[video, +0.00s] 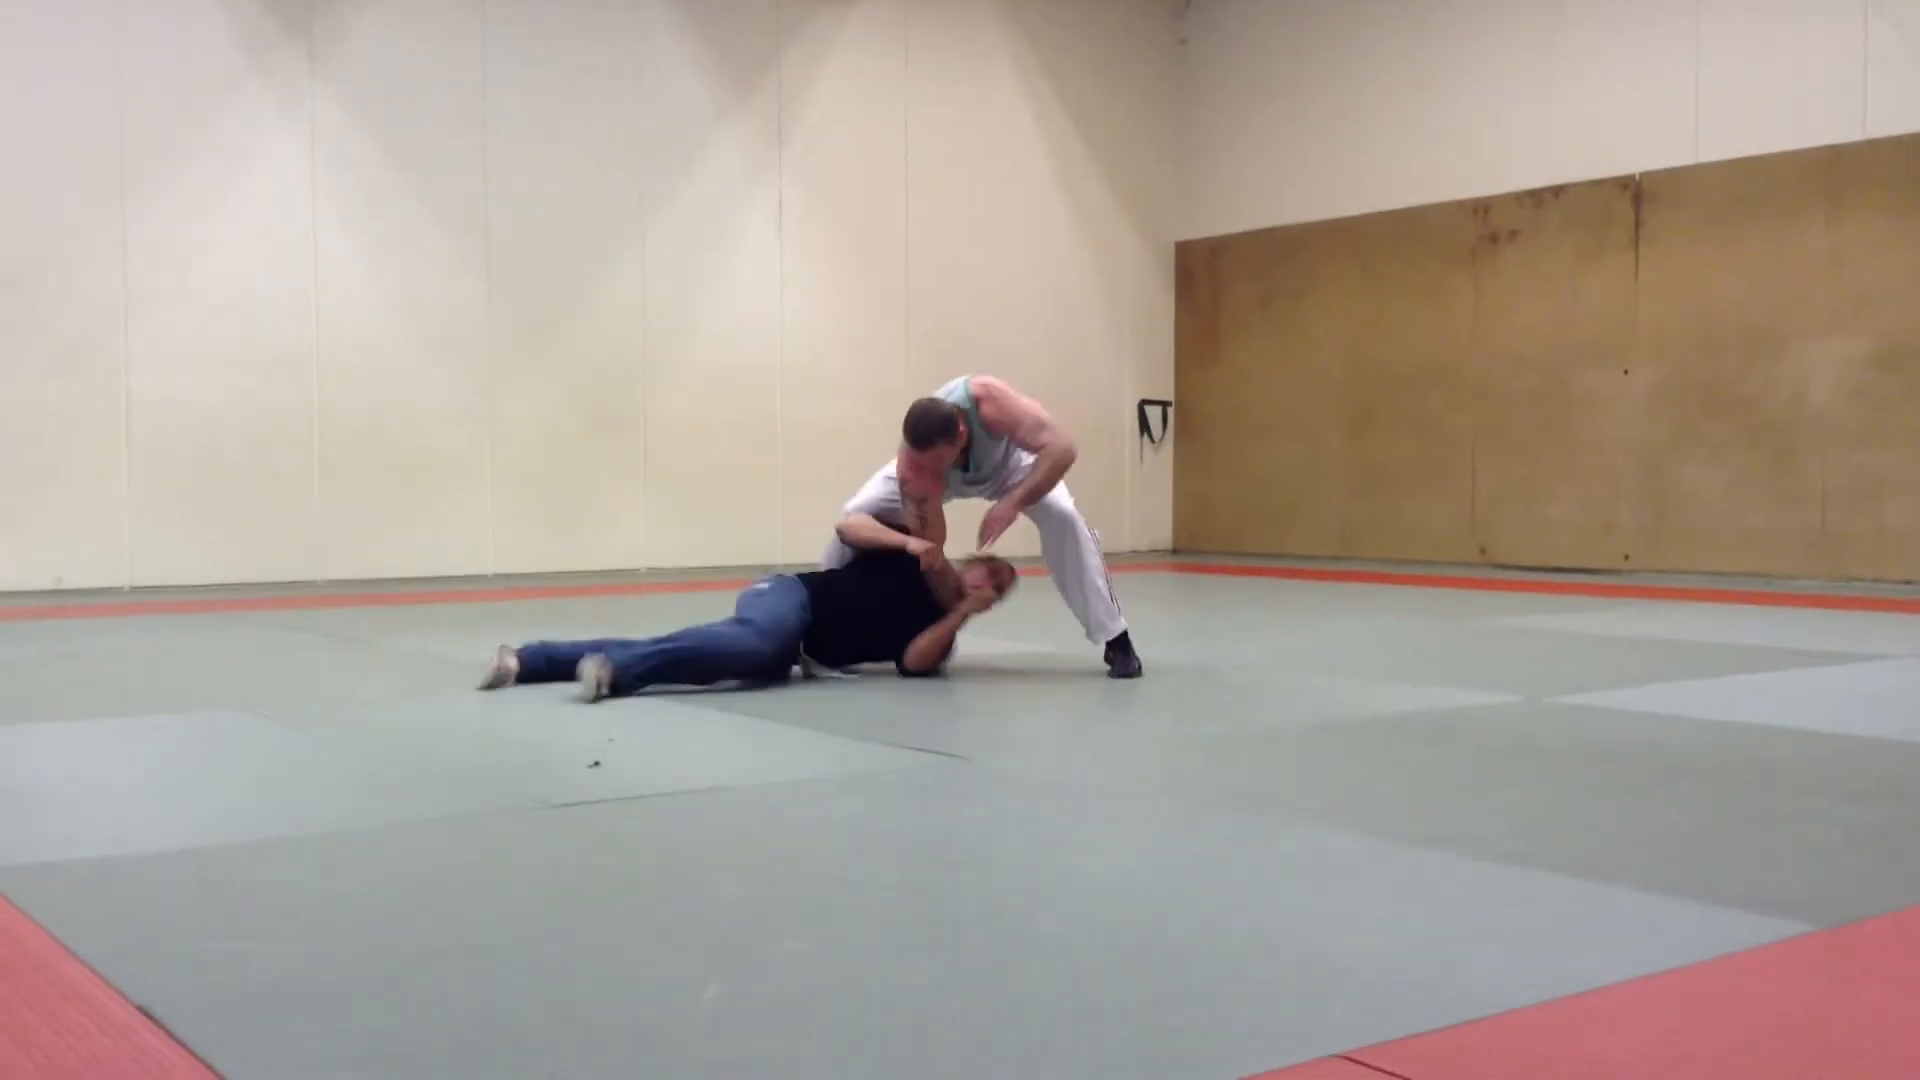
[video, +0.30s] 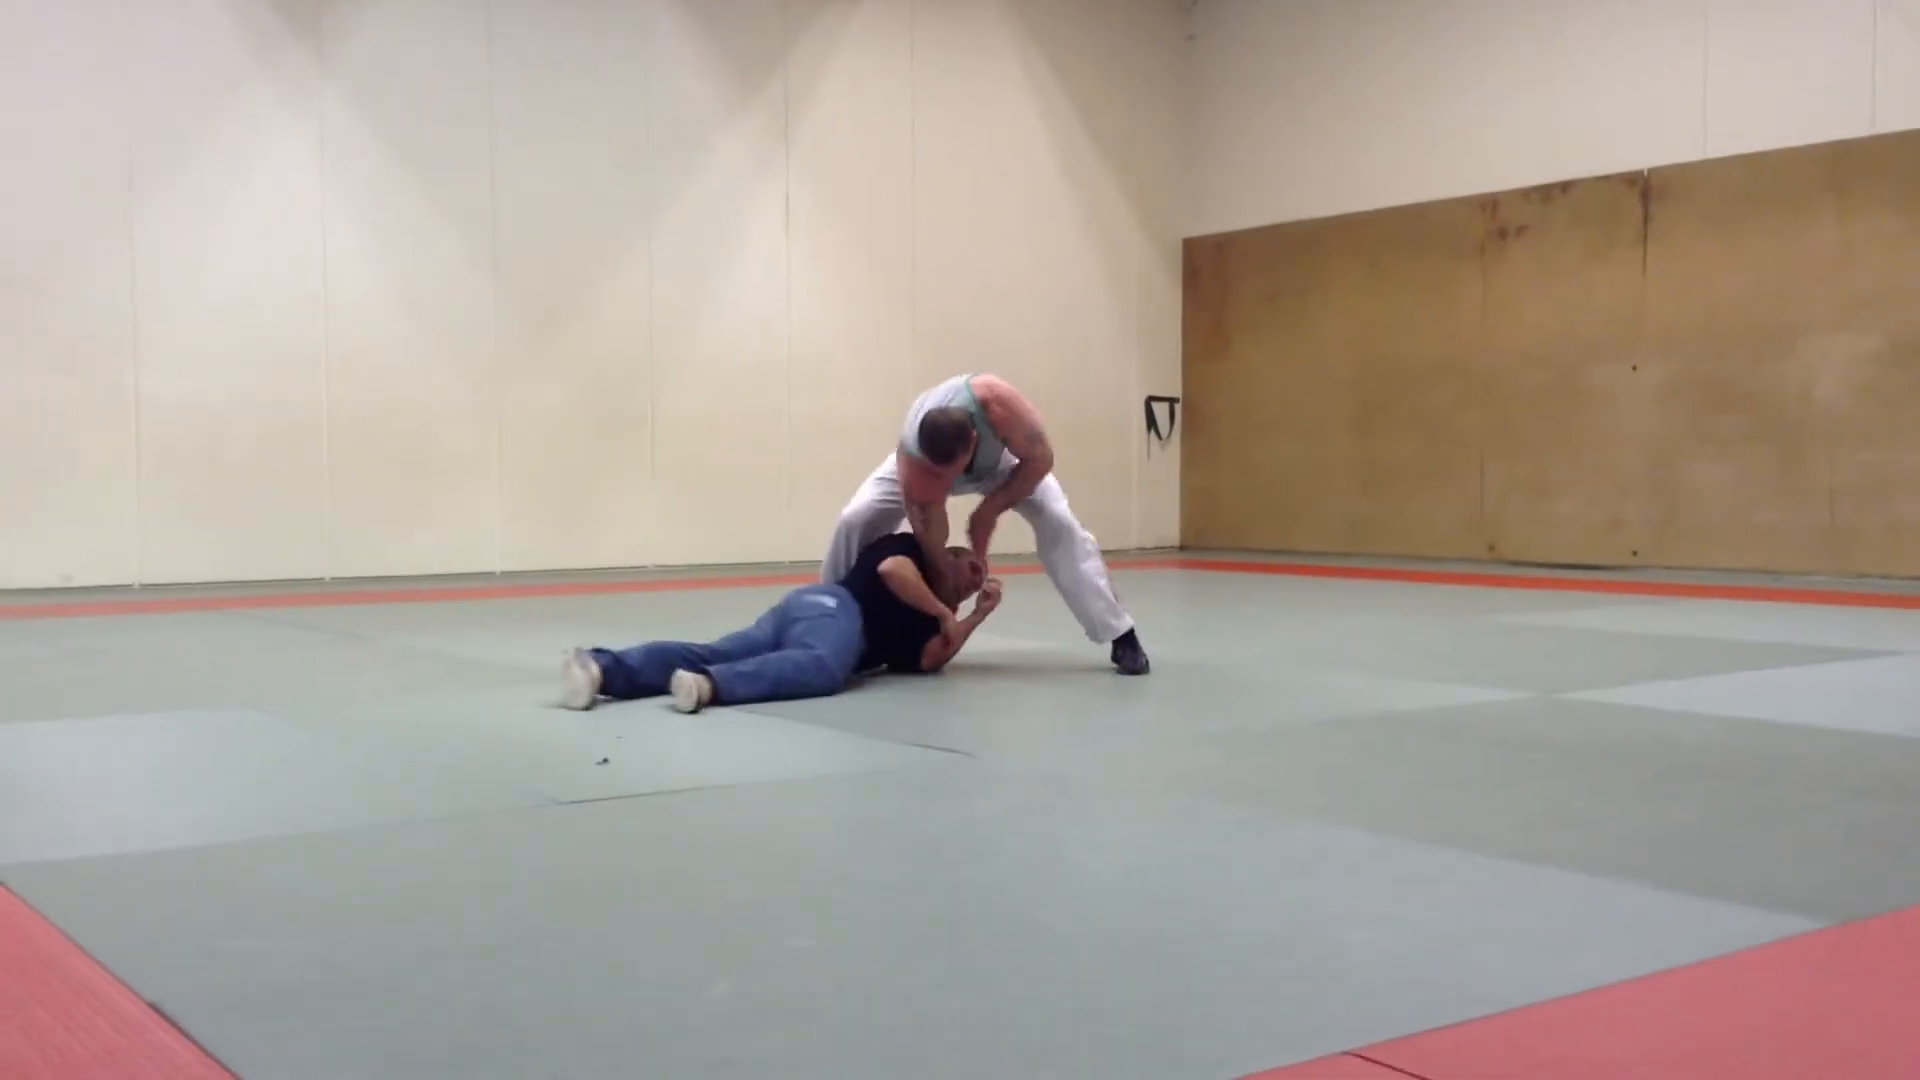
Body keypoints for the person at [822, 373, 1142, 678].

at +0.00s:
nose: (927, 474)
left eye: (934, 463)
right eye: (921, 466)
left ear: (960, 435)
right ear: (909, 451)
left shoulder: (987, 398)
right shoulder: (914, 467)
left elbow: (1063, 450)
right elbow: (931, 551)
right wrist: (939, 626)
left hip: (1006, 463)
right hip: (938, 478)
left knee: (1061, 515)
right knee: (855, 524)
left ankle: (1114, 638)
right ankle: (830, 634)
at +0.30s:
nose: (938, 484)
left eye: (948, 472)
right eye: (933, 476)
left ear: (970, 444)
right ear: (918, 453)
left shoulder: (992, 397)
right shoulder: (913, 456)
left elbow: (1041, 460)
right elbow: (929, 535)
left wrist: (989, 514)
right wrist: (946, 608)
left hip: (1003, 461)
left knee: (1060, 525)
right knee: (855, 520)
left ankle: (1120, 635)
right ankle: (834, 623)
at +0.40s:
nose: (966, 461)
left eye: (976, 454)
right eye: (953, 455)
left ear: (992, 424)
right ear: (936, 427)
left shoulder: (1017, 405)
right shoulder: (916, 410)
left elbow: (1040, 492)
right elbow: (905, 490)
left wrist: (987, 550)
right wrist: (947, 551)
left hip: (1013, 458)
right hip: (937, 459)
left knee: (1073, 519)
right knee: (863, 517)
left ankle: (1124, 635)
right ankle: (835, 622)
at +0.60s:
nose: (1017, 439)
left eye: (1026, 437)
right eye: (1011, 433)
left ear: (1044, 412)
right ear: (995, 408)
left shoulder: (1064, 395)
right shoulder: (961, 387)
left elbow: (1089, 454)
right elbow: (894, 417)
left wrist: (1051, 494)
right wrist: (938, 466)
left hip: (1027, 458)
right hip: (952, 457)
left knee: (1081, 522)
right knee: (882, 522)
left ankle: (1131, 639)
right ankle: (845, 615)